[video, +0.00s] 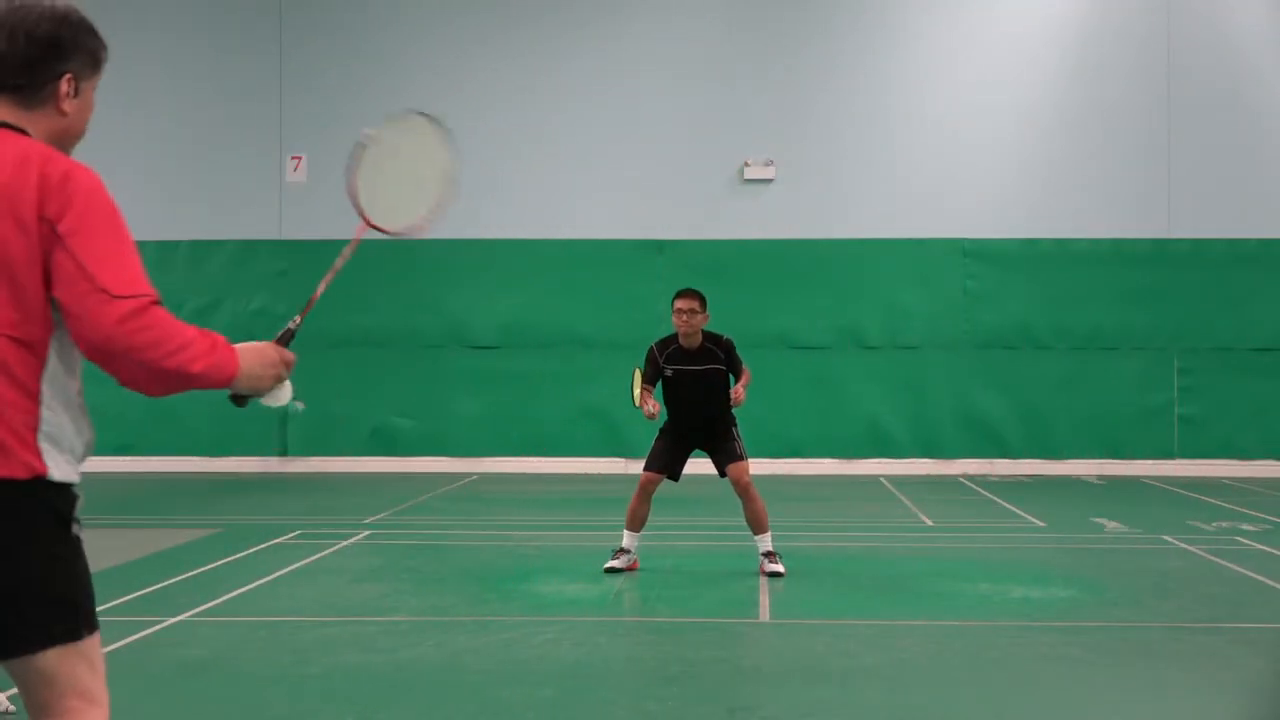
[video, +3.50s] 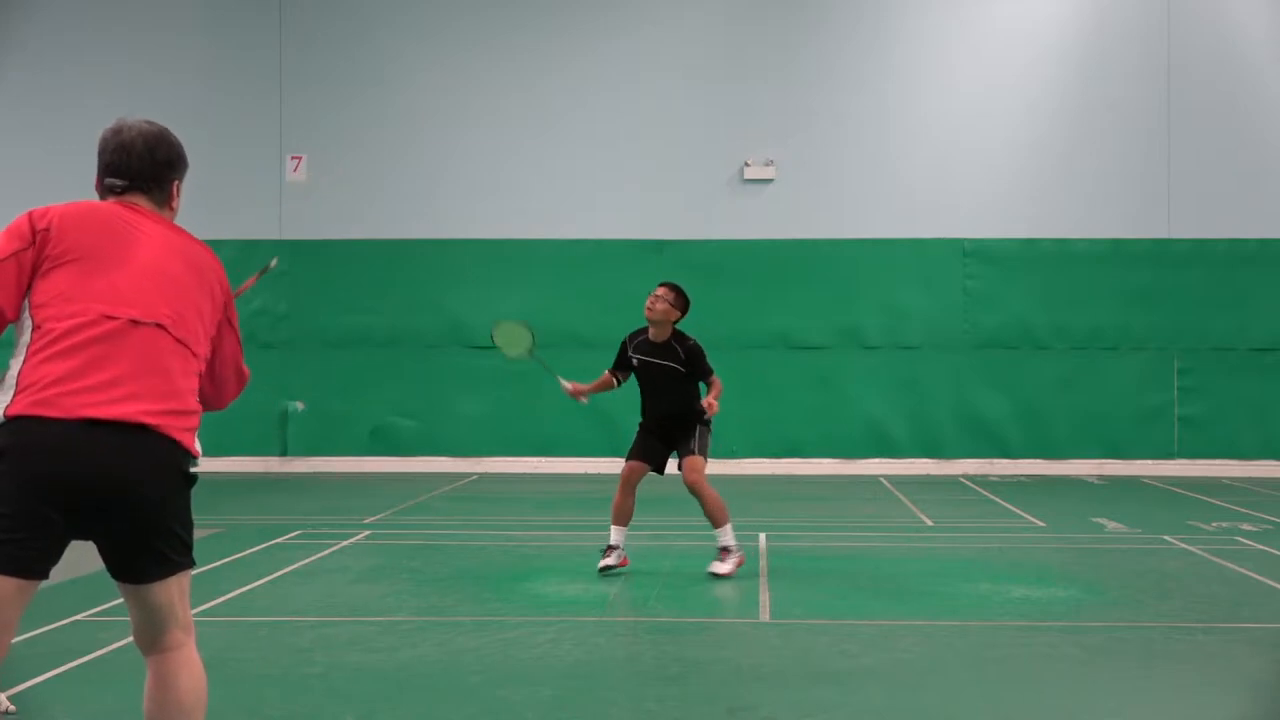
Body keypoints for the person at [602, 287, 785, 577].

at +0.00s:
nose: (684, 318)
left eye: (691, 313)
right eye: (679, 312)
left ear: (704, 318)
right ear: (672, 316)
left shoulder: (722, 346)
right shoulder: (660, 351)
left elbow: (743, 373)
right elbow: (645, 388)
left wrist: (741, 387)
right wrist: (648, 402)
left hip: (719, 427)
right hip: (677, 427)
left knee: (743, 482)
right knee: (646, 482)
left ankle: (767, 553)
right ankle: (627, 551)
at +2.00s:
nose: (677, 333)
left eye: (684, 327)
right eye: (672, 327)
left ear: (698, 330)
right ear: (666, 330)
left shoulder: (716, 357)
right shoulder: (657, 361)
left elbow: (739, 381)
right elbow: (639, 397)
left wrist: (737, 397)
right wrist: (641, 409)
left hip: (716, 433)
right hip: (675, 433)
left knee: (742, 484)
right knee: (641, 483)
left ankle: (767, 553)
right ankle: (626, 551)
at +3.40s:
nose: (661, 311)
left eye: (671, 309)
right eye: (660, 306)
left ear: (684, 322)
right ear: (653, 312)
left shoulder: (696, 354)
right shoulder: (639, 352)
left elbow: (721, 387)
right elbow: (622, 392)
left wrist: (722, 404)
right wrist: (604, 412)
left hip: (696, 431)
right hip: (658, 431)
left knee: (718, 488)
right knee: (635, 481)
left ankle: (762, 548)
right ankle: (620, 553)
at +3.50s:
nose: (652, 301)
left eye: (661, 300)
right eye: (652, 296)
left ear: (675, 314)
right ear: (647, 303)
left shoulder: (687, 347)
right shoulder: (634, 342)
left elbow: (714, 382)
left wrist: (711, 398)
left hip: (690, 422)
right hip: (654, 423)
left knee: (693, 478)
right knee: (628, 476)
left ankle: (730, 550)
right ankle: (615, 549)